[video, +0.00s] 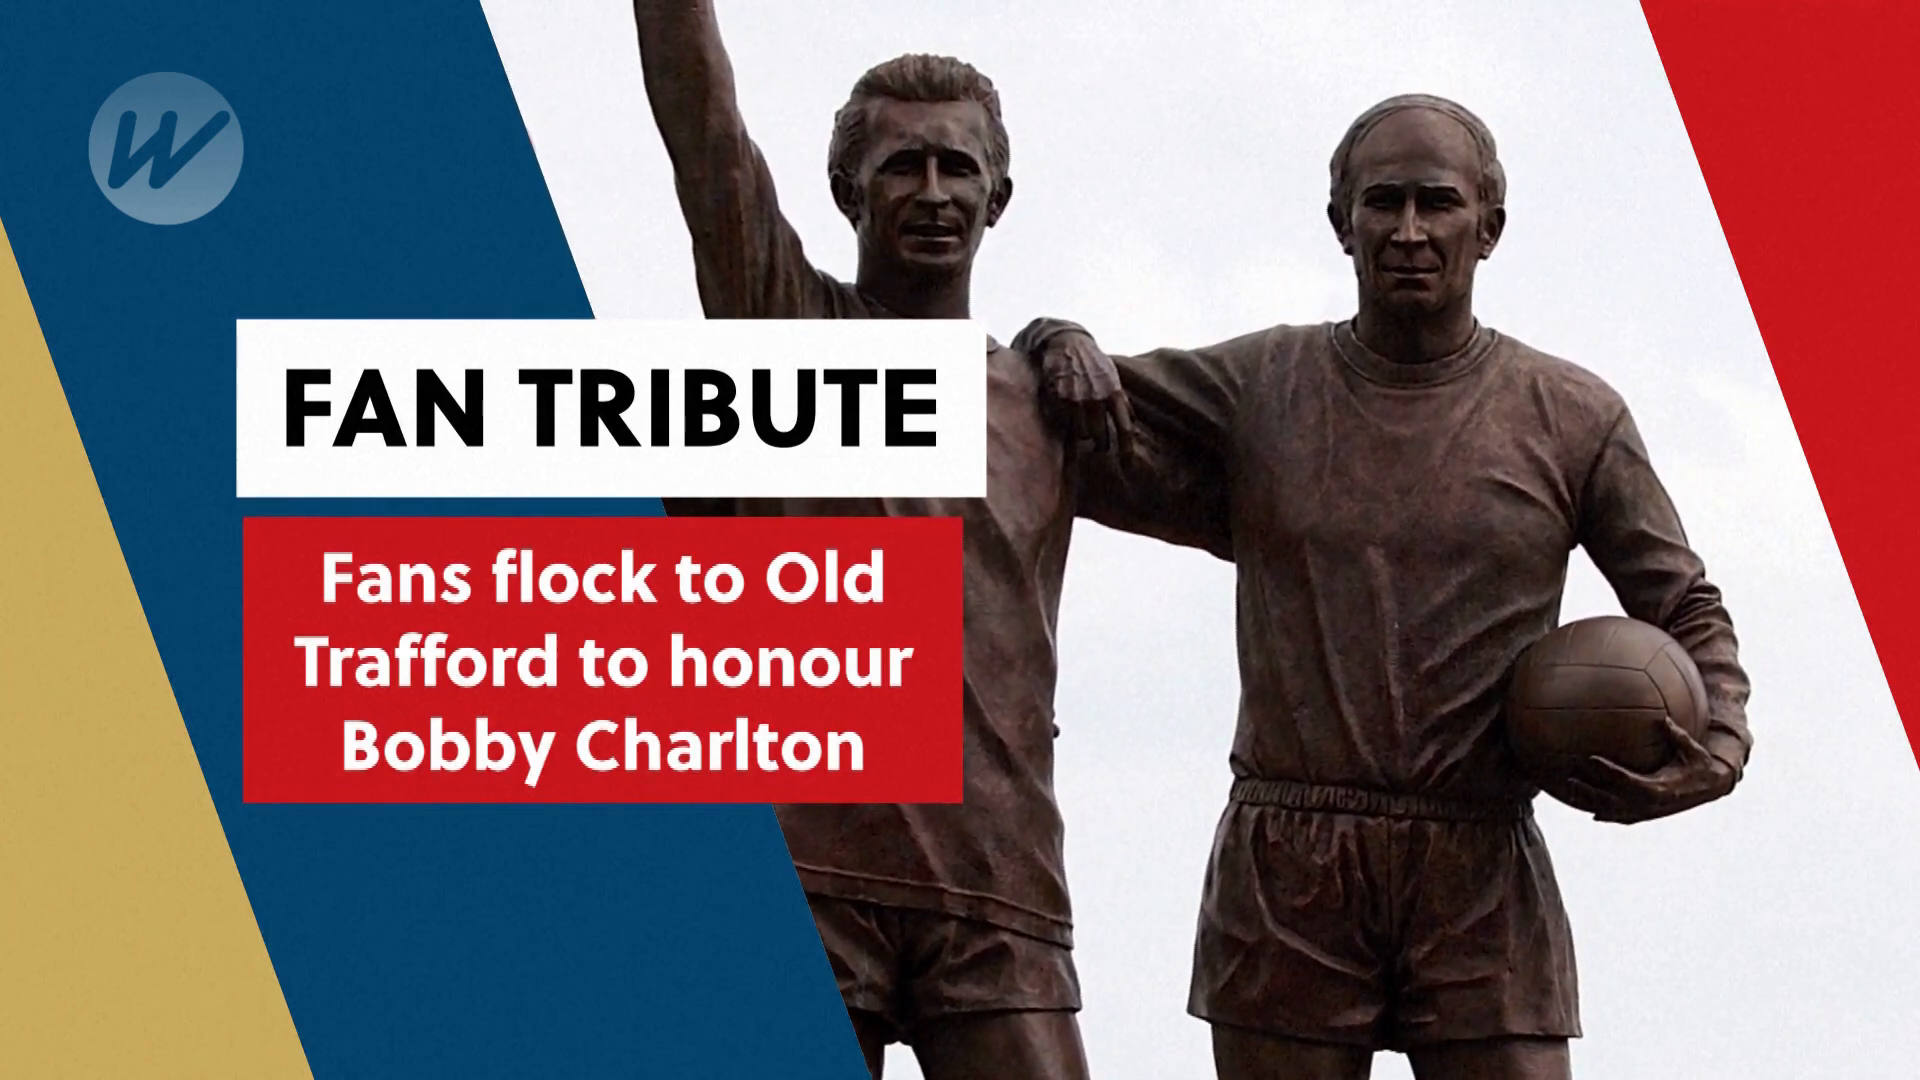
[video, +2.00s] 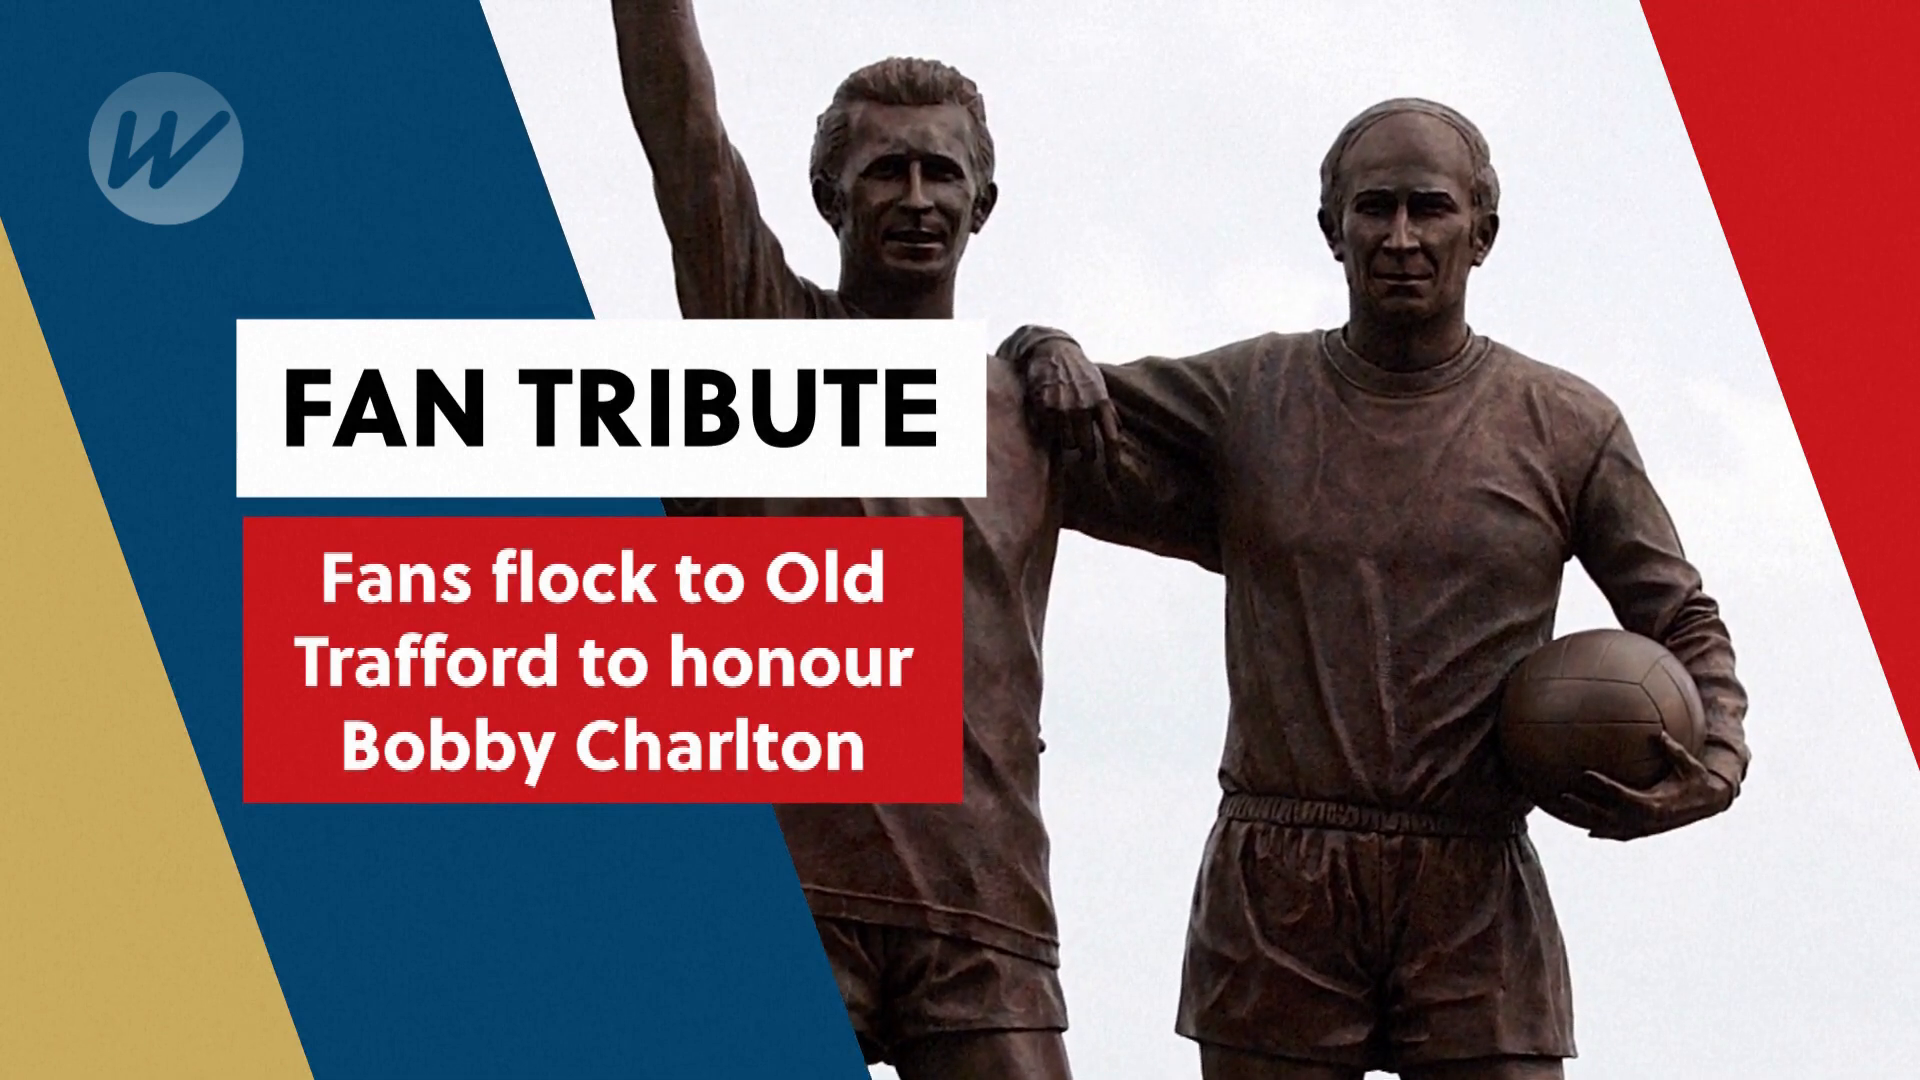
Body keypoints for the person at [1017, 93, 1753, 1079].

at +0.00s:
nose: (1408, 228)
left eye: (1437, 200)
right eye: (1381, 202)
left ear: (1491, 225)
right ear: (1341, 223)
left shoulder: (1573, 414)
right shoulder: (1260, 381)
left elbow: (1684, 608)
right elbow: (1087, 412)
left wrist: (1721, 743)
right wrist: (1055, 342)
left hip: (1480, 878)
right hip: (1284, 870)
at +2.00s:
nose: (1400, 235)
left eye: (1430, 206)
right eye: (1372, 208)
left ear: (1484, 229)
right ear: (1332, 229)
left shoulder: (1566, 422)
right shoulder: (1248, 390)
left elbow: (1678, 616)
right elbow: (1076, 446)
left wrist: (1719, 753)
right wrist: (1042, 356)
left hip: (1473, 895)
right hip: (1272, 891)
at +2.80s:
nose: (1407, 247)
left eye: (1431, 213)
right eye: (1384, 213)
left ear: (1475, 226)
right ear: (1345, 224)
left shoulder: (1549, 436)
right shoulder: (1265, 420)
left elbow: (1692, 690)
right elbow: (1052, 434)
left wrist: (1582, 708)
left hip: (1467, 908)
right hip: (1287, 902)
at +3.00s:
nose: (1411, 252)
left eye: (1433, 218)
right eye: (1388, 218)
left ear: (1471, 230)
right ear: (1350, 228)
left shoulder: (1546, 442)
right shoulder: (1270, 429)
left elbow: (1685, 725)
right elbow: (1024, 427)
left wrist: (1531, 705)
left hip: (1467, 919)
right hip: (1293, 913)